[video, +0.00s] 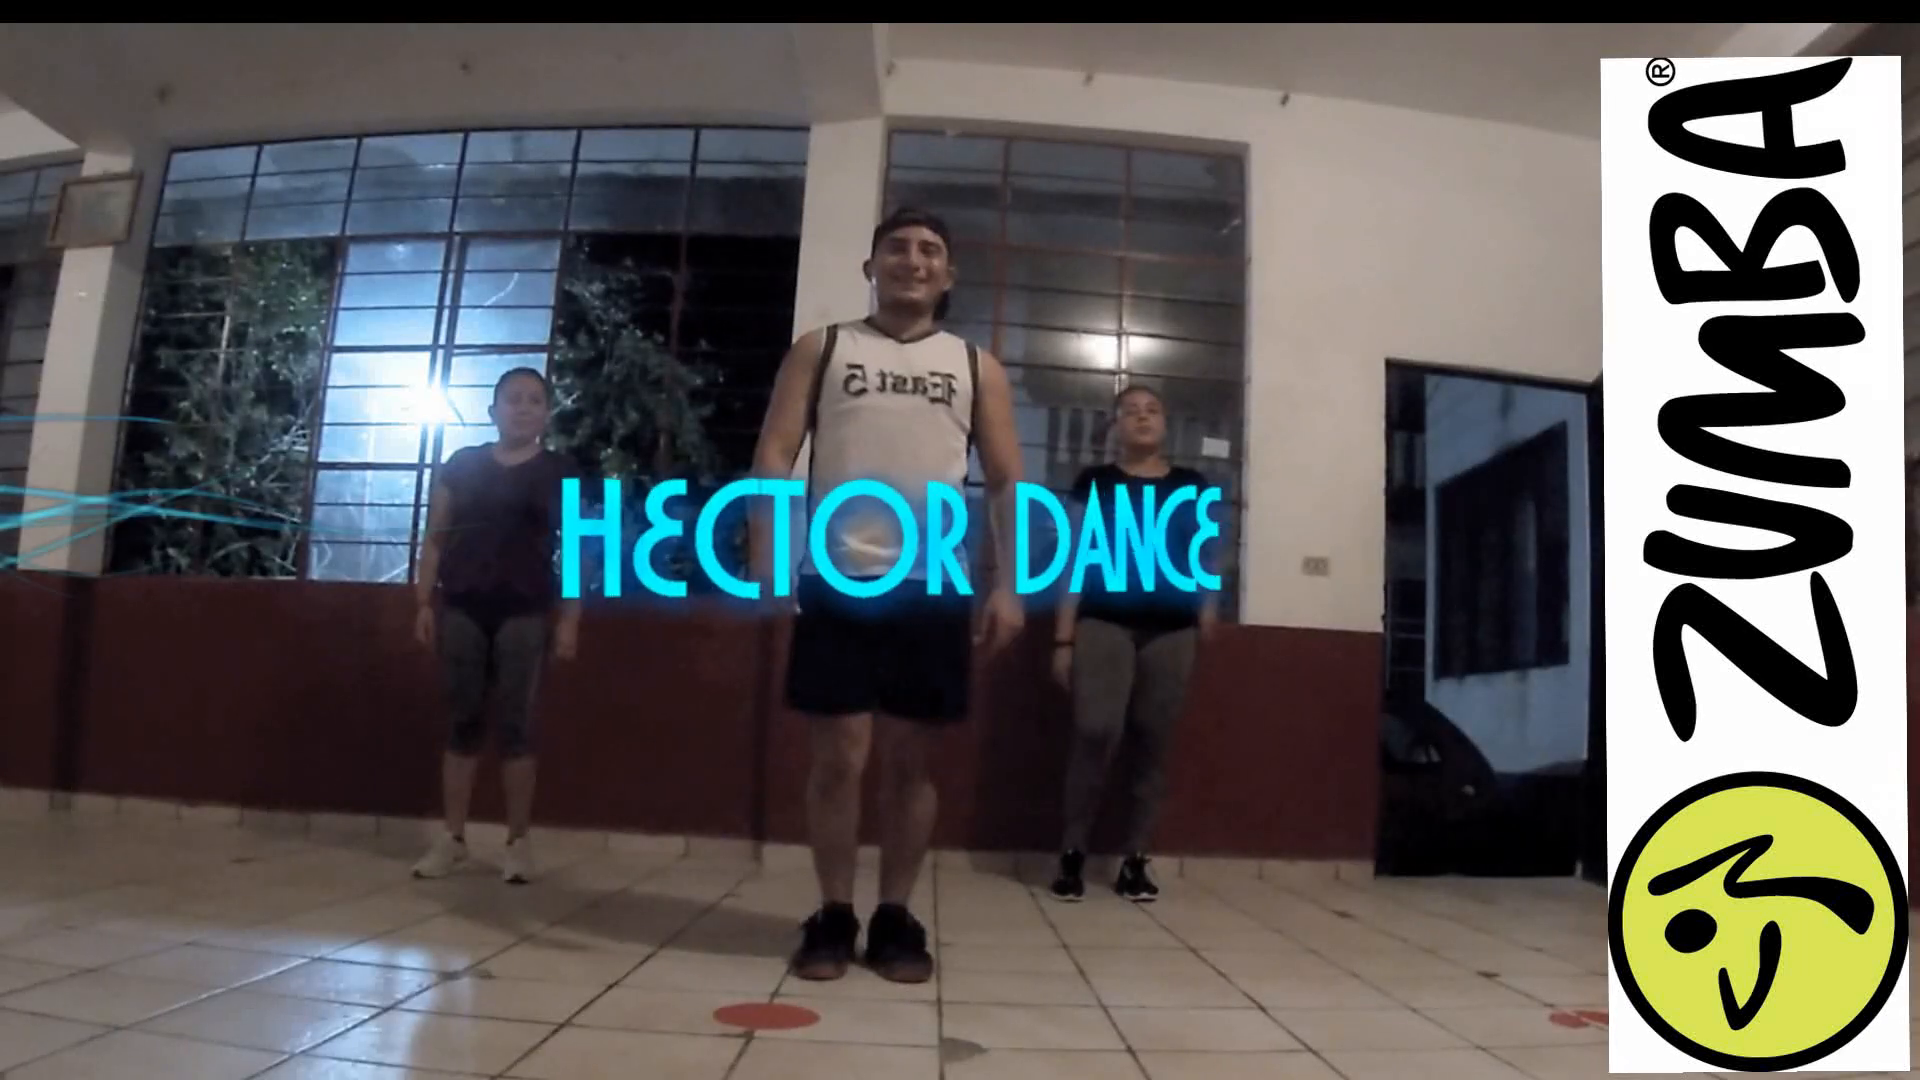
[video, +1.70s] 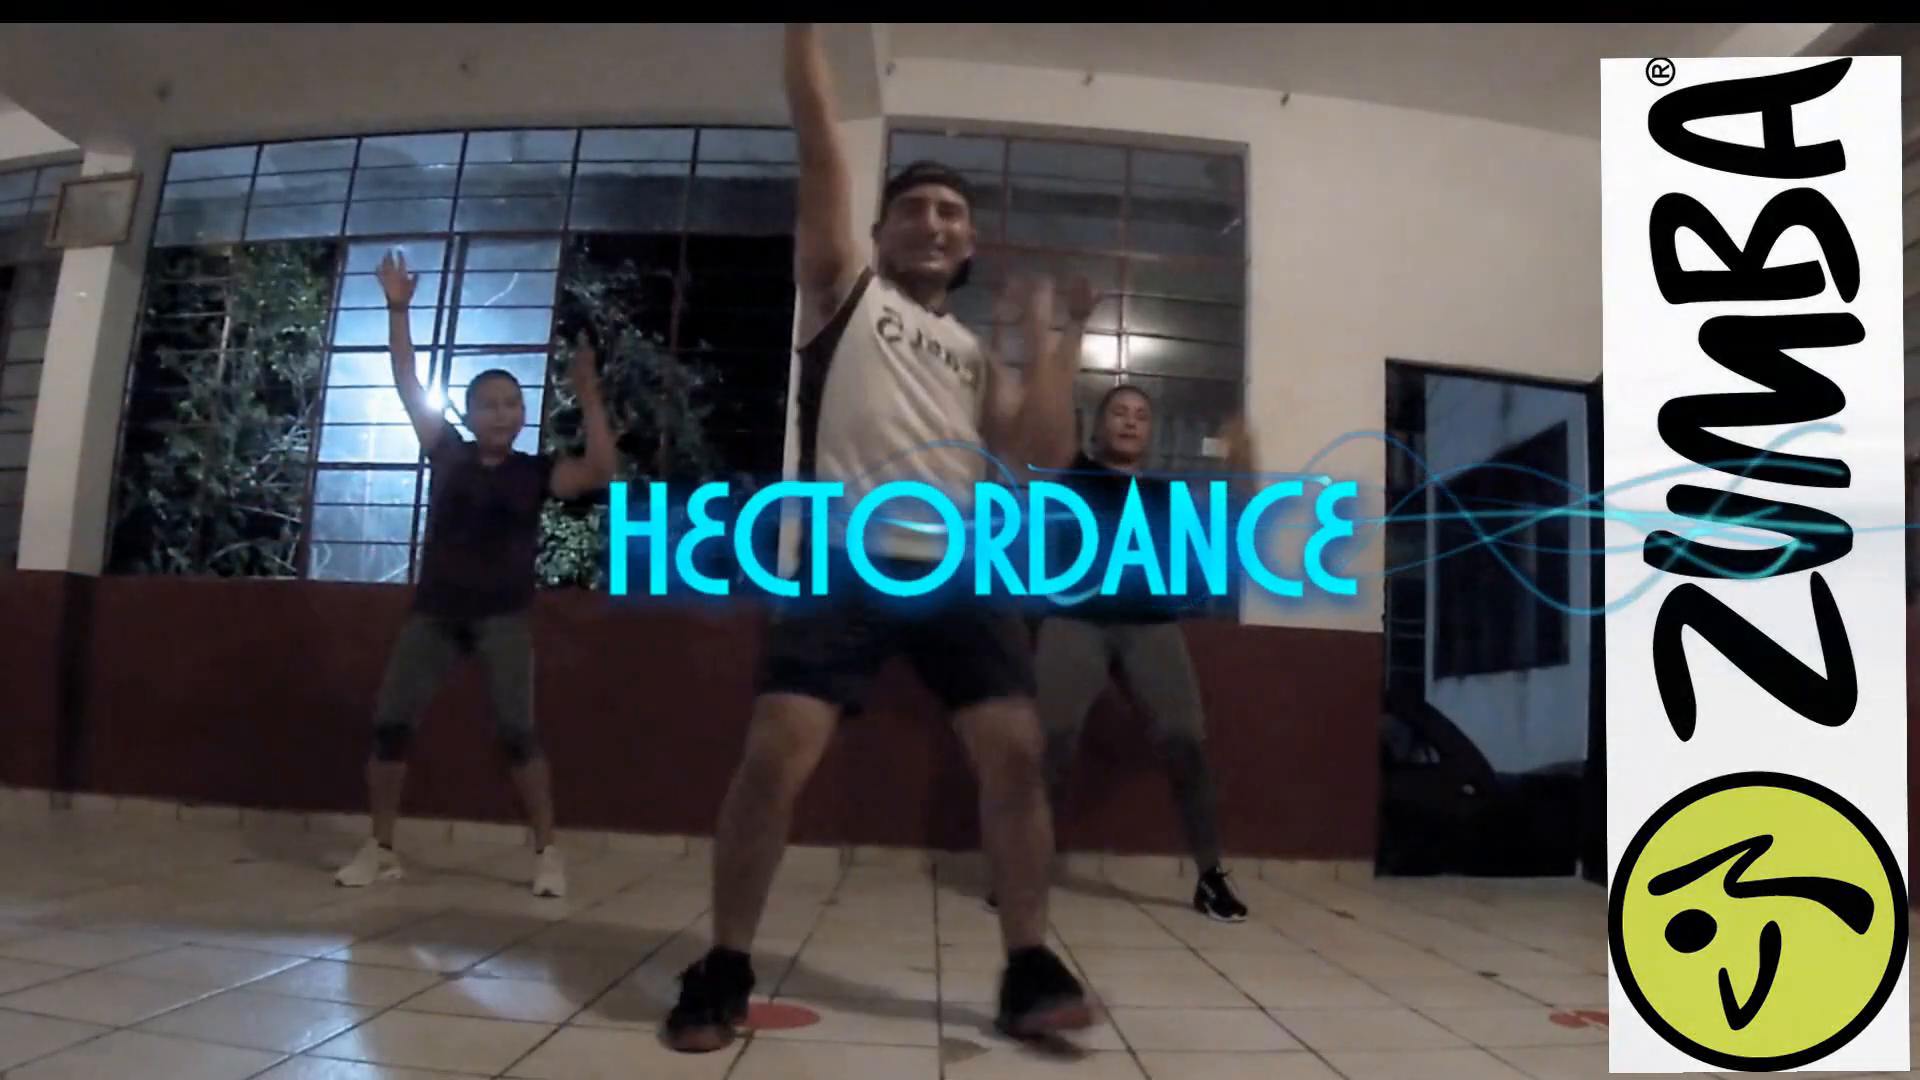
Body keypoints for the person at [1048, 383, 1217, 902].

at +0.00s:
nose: (1142, 419)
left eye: (1151, 411)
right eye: (1132, 412)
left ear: (1166, 425)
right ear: (1116, 425)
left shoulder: (1191, 485)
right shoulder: (1091, 482)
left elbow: (1206, 559)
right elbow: (1071, 565)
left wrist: (1206, 621)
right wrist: (1064, 640)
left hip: (1171, 629)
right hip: (1104, 626)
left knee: (1153, 747)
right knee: (1095, 735)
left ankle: (1136, 858)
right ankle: (1073, 853)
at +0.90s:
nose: (1147, 419)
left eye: (1156, 412)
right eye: (1137, 412)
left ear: (1168, 424)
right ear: (1120, 422)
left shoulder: (1188, 485)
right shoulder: (1094, 483)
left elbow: (1210, 555)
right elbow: (1065, 553)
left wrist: (1197, 602)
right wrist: (1095, 596)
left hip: (1172, 625)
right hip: (1107, 624)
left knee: (1157, 739)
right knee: (1106, 735)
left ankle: (1138, 857)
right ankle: (1091, 857)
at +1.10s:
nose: (1147, 417)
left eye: (1156, 409)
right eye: (1137, 409)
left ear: (1170, 420)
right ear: (1119, 421)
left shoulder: (1191, 473)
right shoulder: (1093, 477)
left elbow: (1261, 460)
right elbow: (1061, 548)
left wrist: (1239, 399)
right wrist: (1069, 611)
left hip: (1176, 623)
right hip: (1108, 623)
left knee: (1190, 734)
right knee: (1100, 739)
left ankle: (1188, 865)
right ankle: (1092, 857)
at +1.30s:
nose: (1158, 422)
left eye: (1166, 414)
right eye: (1146, 415)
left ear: (1181, 426)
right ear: (1127, 430)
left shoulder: (1207, 475)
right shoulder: (1107, 484)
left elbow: (1255, 409)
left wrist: (1292, 338)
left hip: (1195, 627)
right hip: (1119, 626)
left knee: (1209, 741)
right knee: (1088, 735)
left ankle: (1215, 875)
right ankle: (1084, 858)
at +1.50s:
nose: (1150, 417)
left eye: (1160, 410)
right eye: (1139, 409)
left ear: (1175, 424)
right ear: (1120, 424)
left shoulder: (1200, 470)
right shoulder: (1097, 473)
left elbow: (1253, 404)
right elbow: (1048, 431)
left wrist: (1297, 332)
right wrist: (1080, 382)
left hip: (1192, 617)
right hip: (1113, 614)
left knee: (1202, 739)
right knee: (1063, 725)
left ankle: (1215, 874)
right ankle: (1022, 861)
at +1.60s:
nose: (1140, 422)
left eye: (1150, 415)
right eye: (1130, 414)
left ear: (1166, 428)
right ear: (1110, 425)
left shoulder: (1189, 478)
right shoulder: (1087, 476)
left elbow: (1249, 439)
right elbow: (1060, 413)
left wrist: (1280, 366)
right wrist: (1061, 352)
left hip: (1174, 621)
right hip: (1097, 618)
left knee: (1194, 737)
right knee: (1059, 730)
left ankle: (1212, 874)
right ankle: (1018, 864)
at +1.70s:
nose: (1129, 424)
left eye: (1140, 417)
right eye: (1120, 414)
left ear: (1151, 431)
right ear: (1099, 424)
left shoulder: (1164, 489)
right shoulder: (1071, 477)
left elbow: (1226, 527)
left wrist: (1239, 470)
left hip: (1150, 623)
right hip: (1074, 621)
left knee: (1184, 741)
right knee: (1051, 744)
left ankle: (1211, 874)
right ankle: (1016, 876)